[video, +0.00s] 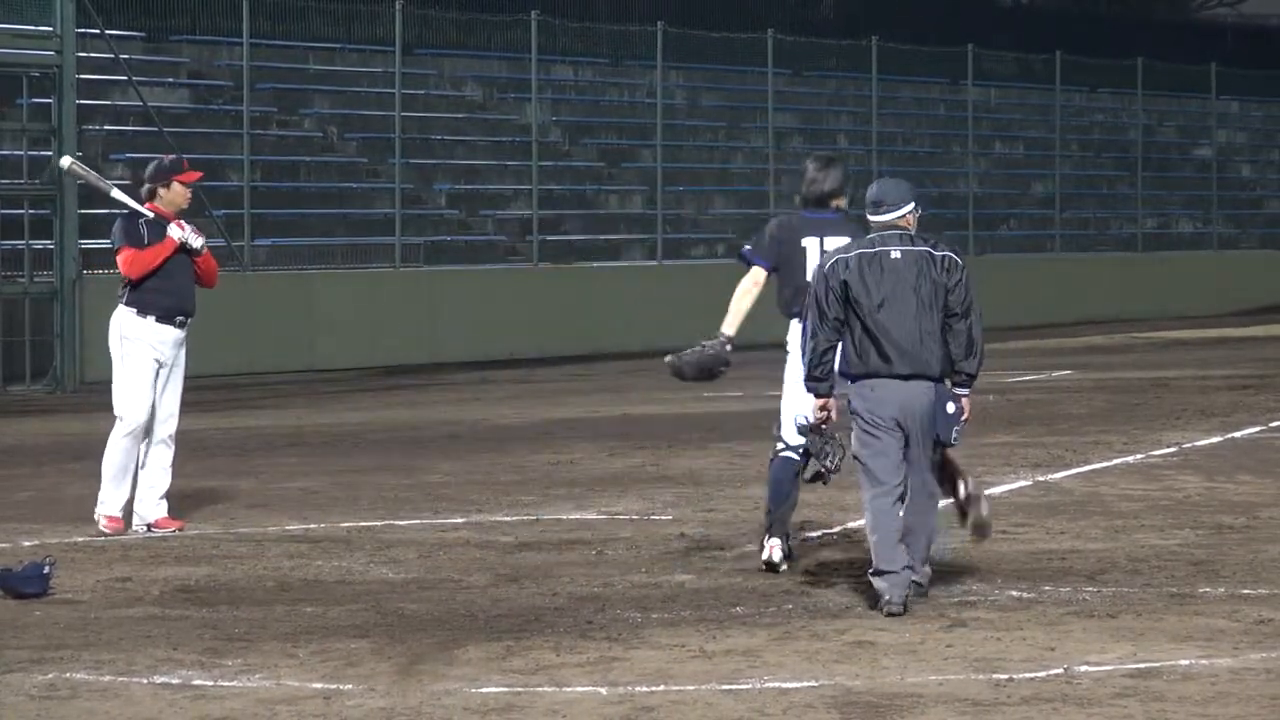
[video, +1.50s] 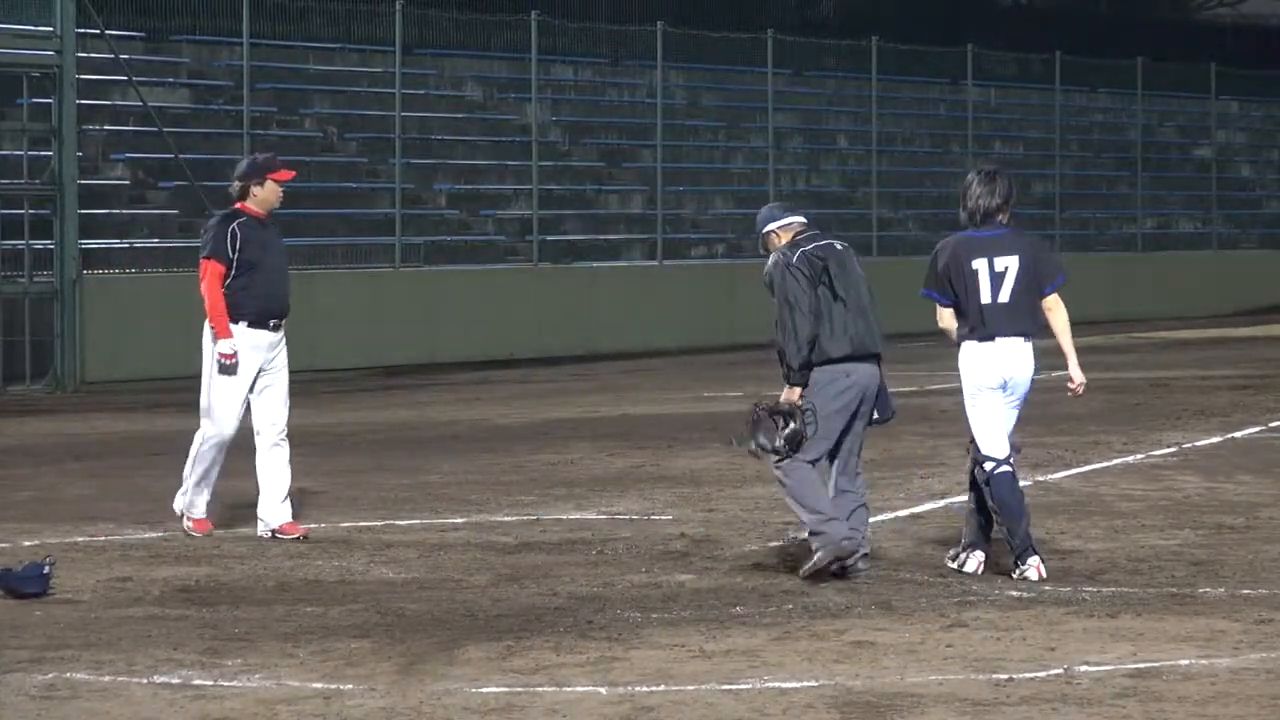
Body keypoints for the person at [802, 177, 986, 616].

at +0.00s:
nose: (917, 218)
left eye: (912, 213)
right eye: (915, 214)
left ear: (870, 217)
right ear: (910, 217)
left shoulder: (840, 265)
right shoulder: (944, 261)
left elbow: (822, 332)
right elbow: (962, 326)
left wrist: (820, 389)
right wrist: (963, 384)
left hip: (870, 392)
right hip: (926, 391)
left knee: (882, 489)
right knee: (922, 484)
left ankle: (892, 589)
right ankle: (915, 571)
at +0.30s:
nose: (869, 215)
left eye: (871, 210)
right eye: (904, 210)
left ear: (868, 214)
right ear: (911, 213)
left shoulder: (839, 255)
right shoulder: (943, 260)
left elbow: (824, 324)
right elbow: (955, 327)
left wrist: (821, 378)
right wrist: (948, 376)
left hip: (863, 385)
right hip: (919, 385)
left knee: (859, 470)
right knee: (912, 480)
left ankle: (876, 545)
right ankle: (909, 569)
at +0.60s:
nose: (844, 224)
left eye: (844, 219)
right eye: (848, 219)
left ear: (848, 219)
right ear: (888, 217)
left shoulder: (826, 258)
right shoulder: (923, 257)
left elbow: (815, 327)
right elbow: (937, 321)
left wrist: (811, 383)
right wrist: (924, 369)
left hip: (851, 384)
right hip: (906, 383)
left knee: (848, 474)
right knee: (905, 476)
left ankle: (838, 567)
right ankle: (906, 571)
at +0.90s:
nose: (805, 230)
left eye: (806, 224)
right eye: (807, 224)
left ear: (816, 221)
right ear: (852, 218)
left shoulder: (800, 259)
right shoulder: (895, 255)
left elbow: (795, 329)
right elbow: (911, 319)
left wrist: (794, 385)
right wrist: (903, 369)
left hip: (830, 380)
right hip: (884, 378)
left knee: (830, 479)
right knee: (880, 465)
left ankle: (838, 566)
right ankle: (892, 532)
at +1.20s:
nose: (788, 236)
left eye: (788, 230)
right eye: (789, 230)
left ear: (797, 227)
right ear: (828, 222)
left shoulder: (791, 259)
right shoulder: (875, 254)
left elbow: (787, 323)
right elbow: (893, 316)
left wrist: (781, 381)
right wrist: (889, 368)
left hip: (826, 379)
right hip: (873, 377)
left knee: (825, 473)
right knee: (862, 466)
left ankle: (839, 567)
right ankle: (860, 547)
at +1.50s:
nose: (769, 249)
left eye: (767, 242)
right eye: (767, 243)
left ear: (775, 234)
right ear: (803, 226)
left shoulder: (786, 260)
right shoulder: (842, 250)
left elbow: (797, 320)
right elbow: (861, 313)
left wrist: (795, 380)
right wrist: (872, 370)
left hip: (830, 374)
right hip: (866, 371)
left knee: (793, 459)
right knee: (846, 462)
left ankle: (830, 537)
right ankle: (854, 546)